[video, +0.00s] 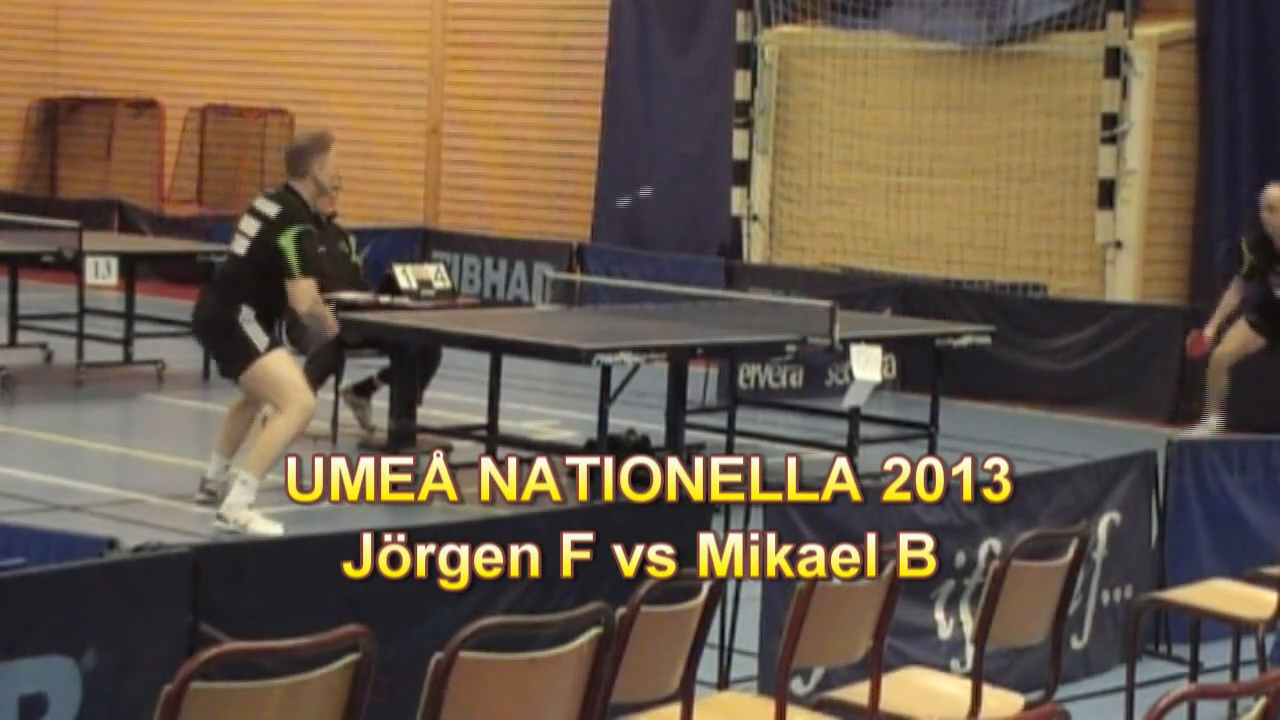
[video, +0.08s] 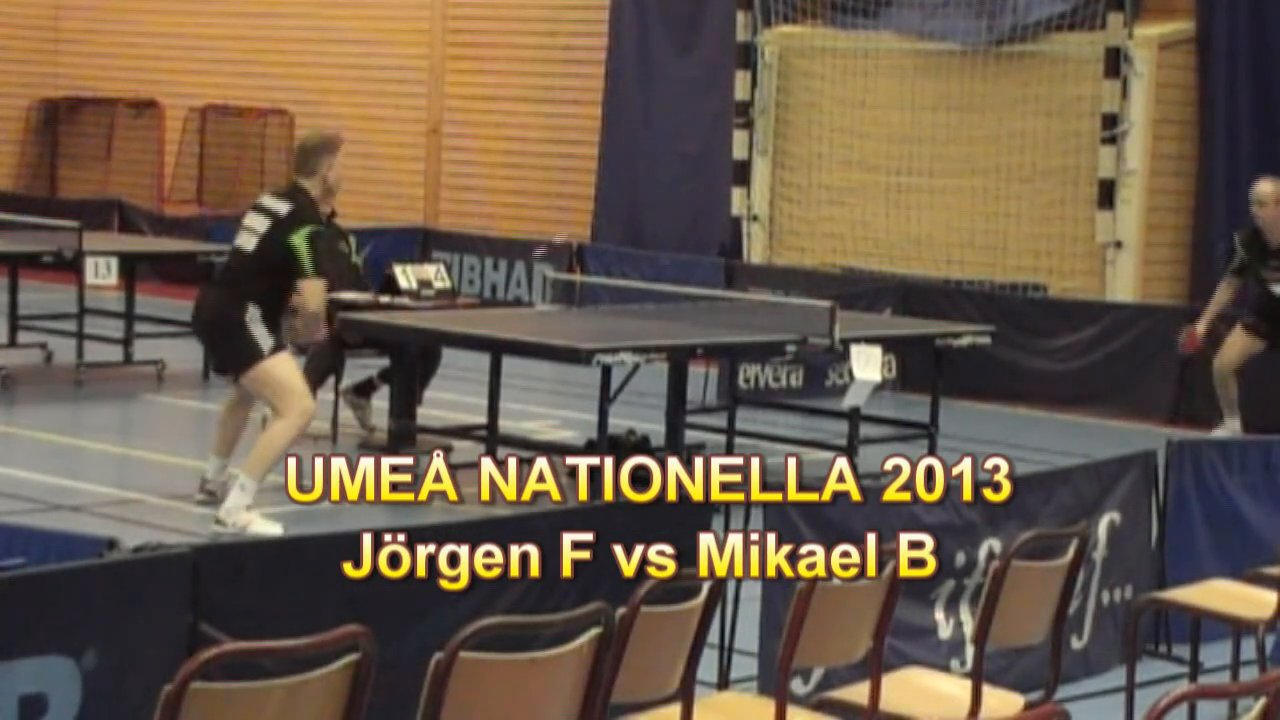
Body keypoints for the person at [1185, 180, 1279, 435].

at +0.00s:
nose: (1267, 216)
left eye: (1272, 209)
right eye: (1265, 209)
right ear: (1261, 212)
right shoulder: (1258, 246)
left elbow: (1238, 288)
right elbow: (1237, 288)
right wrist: (1211, 326)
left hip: (1270, 315)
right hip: (1268, 314)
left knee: (1222, 355)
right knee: (1221, 355)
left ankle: (1213, 420)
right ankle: (1213, 420)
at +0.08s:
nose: (1255, 212)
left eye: (1263, 204)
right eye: (1254, 204)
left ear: (1278, 208)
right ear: (1252, 209)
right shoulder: (1251, 242)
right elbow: (1229, 285)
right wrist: (1202, 324)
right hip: (1267, 312)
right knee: (1223, 364)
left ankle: (1231, 423)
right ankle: (1231, 423)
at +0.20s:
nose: (1245, 198)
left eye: (1252, 191)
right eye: (1242, 191)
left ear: (1270, 193)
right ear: (1238, 195)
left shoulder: (1277, 227)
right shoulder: (1238, 228)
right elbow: (1221, 272)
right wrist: (1193, 310)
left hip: (1274, 311)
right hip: (1261, 309)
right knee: (1222, 364)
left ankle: (1232, 422)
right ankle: (1232, 422)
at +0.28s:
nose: (1234, 192)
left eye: (1240, 185)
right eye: (1231, 185)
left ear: (1260, 187)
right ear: (1229, 188)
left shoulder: (1276, 219)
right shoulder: (1234, 222)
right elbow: (1219, 268)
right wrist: (1190, 303)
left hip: (1276, 305)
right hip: (1257, 304)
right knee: (1214, 354)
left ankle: (1229, 417)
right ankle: (1229, 417)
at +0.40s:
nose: (1219, 205)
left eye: (1226, 198)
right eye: (1217, 199)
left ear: (1245, 200)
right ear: (1214, 201)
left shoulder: (1269, 230)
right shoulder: (1220, 236)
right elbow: (1210, 282)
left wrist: (1276, 300)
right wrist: (1187, 318)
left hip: (1272, 312)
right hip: (1245, 311)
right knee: (1204, 355)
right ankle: (1192, 426)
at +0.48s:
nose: (1219, 220)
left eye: (1225, 212)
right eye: (1216, 213)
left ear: (1245, 213)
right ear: (1212, 215)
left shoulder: (1269, 245)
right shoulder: (1215, 249)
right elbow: (1208, 296)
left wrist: (1275, 313)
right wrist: (1193, 336)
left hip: (1271, 322)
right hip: (1242, 322)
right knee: (1193, 354)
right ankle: (1189, 429)